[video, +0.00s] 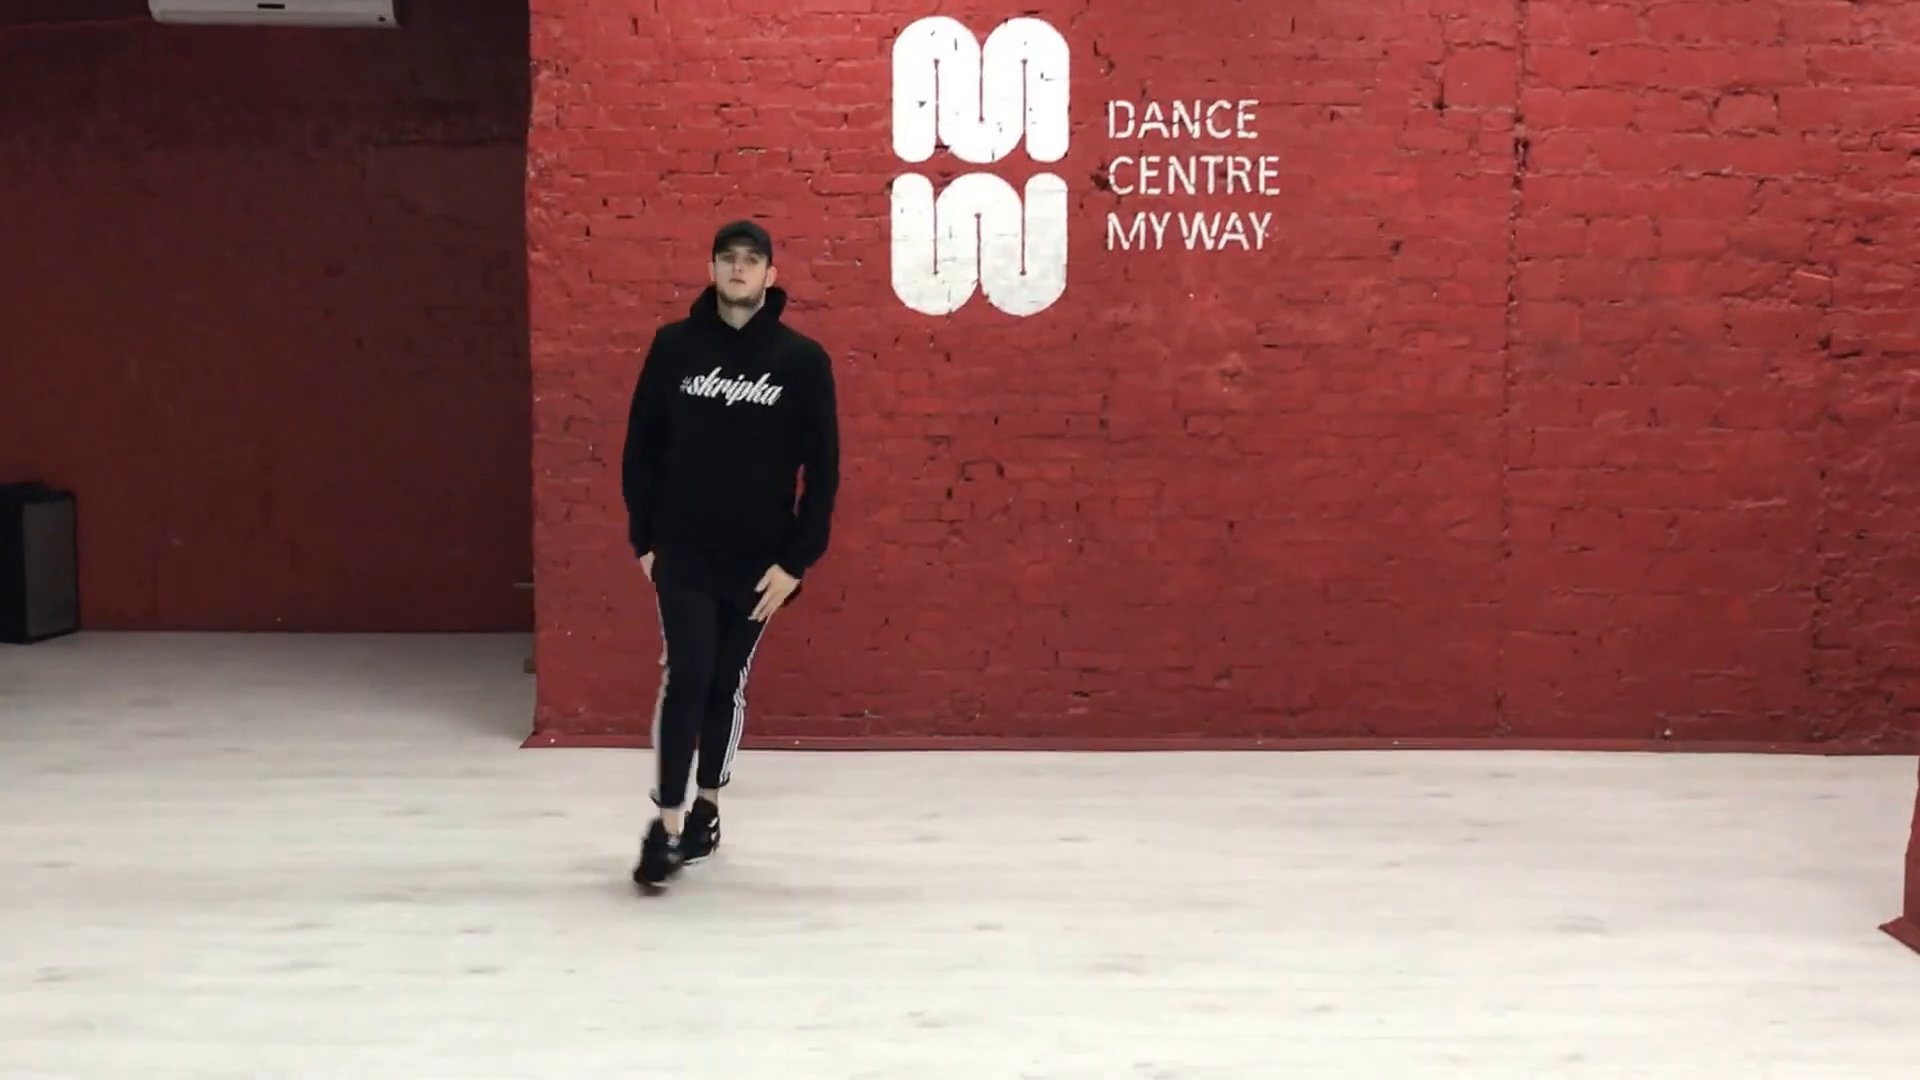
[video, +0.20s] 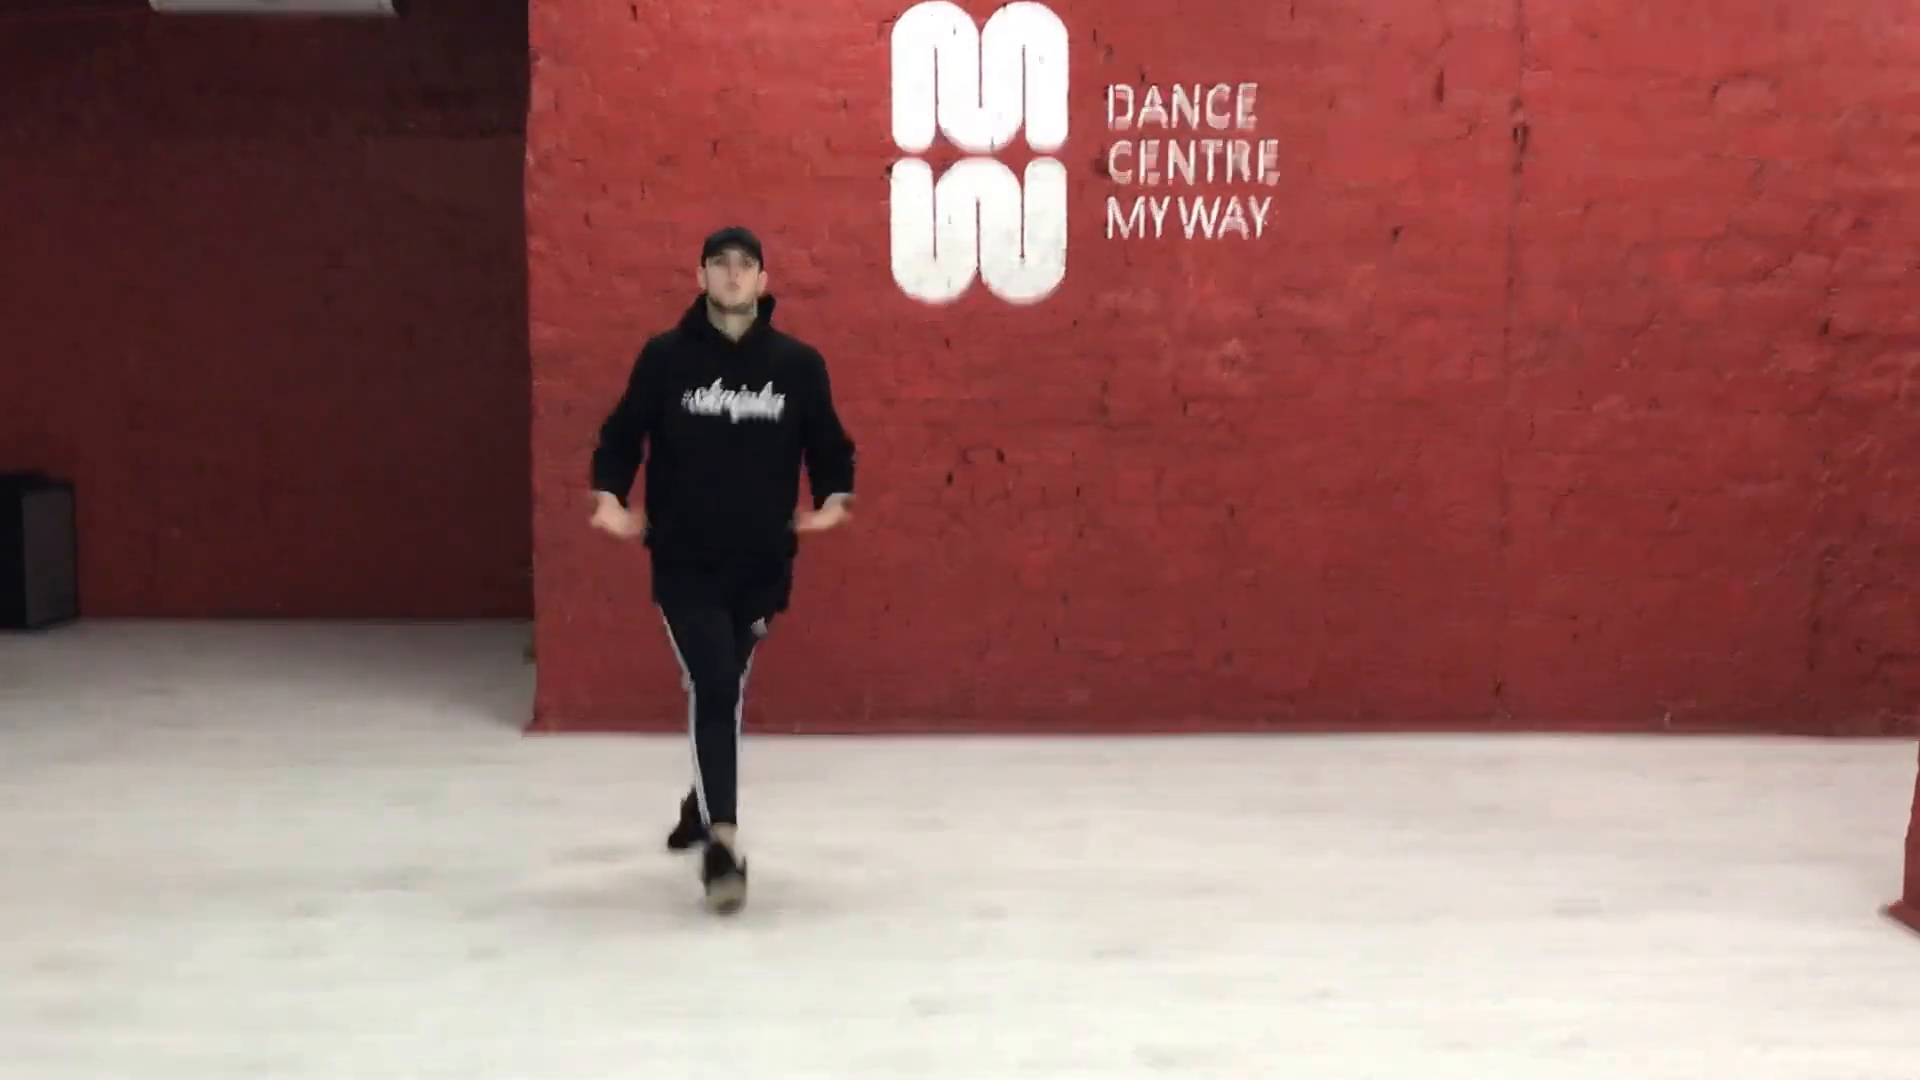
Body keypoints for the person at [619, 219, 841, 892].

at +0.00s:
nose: (737, 270)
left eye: (750, 261)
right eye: (727, 259)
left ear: (769, 272)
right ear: (711, 269)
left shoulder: (802, 359)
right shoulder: (675, 344)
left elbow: (823, 470)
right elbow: (641, 446)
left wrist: (796, 562)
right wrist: (645, 540)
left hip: (755, 549)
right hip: (680, 543)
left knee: (725, 684)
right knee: (686, 676)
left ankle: (707, 805)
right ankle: (667, 821)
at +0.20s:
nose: (731, 276)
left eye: (744, 266)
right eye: (719, 265)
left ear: (762, 279)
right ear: (701, 276)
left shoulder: (797, 364)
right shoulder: (665, 357)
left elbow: (830, 445)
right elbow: (622, 433)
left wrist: (834, 499)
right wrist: (609, 496)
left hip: (761, 551)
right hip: (683, 549)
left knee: (726, 689)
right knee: (713, 685)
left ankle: (700, 802)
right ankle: (722, 843)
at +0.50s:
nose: (744, 236)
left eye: (755, 225)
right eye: (730, 225)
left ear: (771, 239)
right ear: (707, 238)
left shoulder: (805, 324)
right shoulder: (674, 323)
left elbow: (855, 422)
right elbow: (617, 426)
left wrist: (842, 394)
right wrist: (642, 388)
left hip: (779, 535)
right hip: (697, 534)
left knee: (774, 693)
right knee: (731, 684)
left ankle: (721, 774)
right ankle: (730, 835)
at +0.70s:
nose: (770, 209)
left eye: (780, 198)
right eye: (756, 197)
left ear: (793, 212)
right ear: (727, 208)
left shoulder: (819, 304)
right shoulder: (686, 296)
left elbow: (857, 411)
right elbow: (635, 402)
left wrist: (925, 361)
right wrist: (588, 349)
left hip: (799, 522)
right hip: (713, 522)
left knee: (814, 669)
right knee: (736, 673)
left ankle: (795, 824)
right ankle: (730, 826)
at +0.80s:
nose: (786, 216)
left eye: (797, 204)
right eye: (773, 201)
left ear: (807, 211)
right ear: (742, 200)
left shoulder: (827, 296)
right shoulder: (692, 281)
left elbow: (883, 398)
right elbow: (627, 376)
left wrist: (926, 330)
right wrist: (619, 314)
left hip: (810, 517)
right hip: (723, 516)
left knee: (813, 674)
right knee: (746, 673)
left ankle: (825, 846)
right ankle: (731, 822)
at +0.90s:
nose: (795, 256)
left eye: (808, 243)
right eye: (784, 241)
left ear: (824, 233)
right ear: (756, 223)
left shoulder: (838, 305)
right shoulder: (705, 290)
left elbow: (913, 389)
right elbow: (624, 351)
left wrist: (905, 310)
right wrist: (688, 268)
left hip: (827, 523)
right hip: (739, 525)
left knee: (832, 675)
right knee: (763, 675)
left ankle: (830, 842)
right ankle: (735, 809)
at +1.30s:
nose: (829, 246)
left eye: (841, 234)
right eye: (818, 232)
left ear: (858, 217)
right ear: (789, 211)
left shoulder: (882, 267)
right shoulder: (746, 254)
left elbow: (955, 296)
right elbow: (682, 276)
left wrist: (1015, 320)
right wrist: (646, 295)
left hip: (856, 496)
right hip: (765, 494)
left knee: (847, 653)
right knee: (776, 660)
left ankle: (829, 816)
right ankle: (781, 752)